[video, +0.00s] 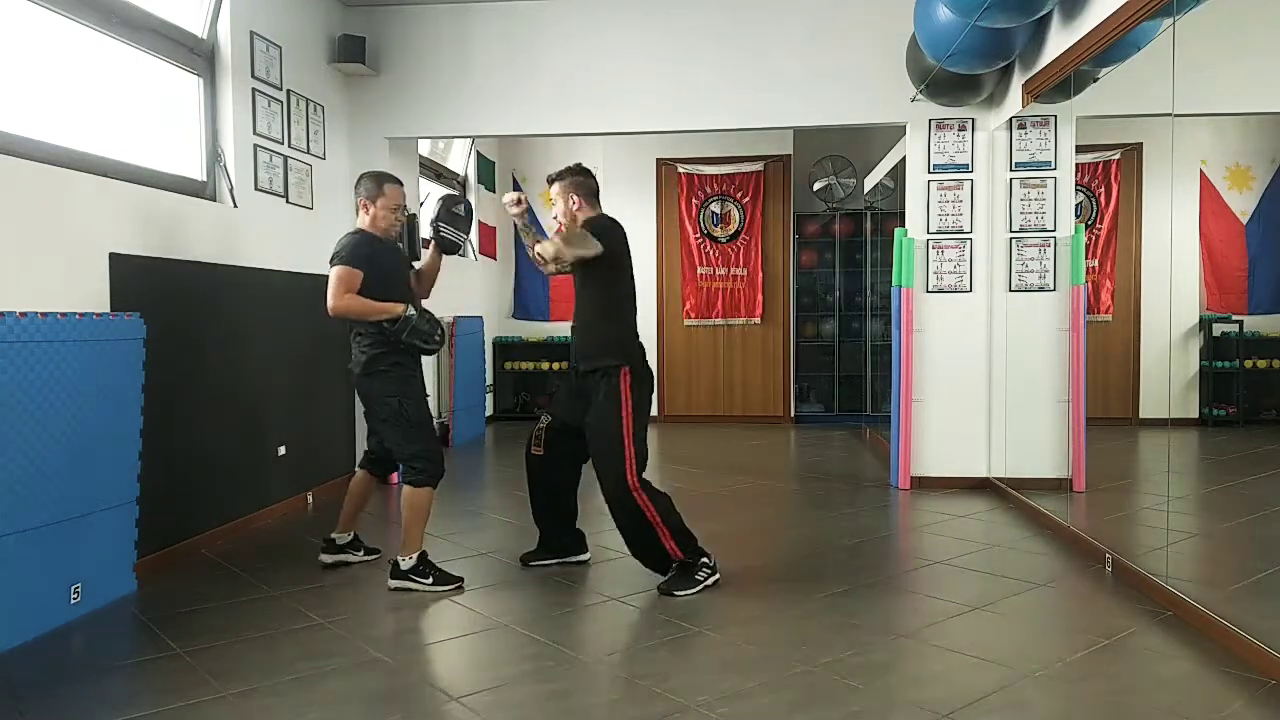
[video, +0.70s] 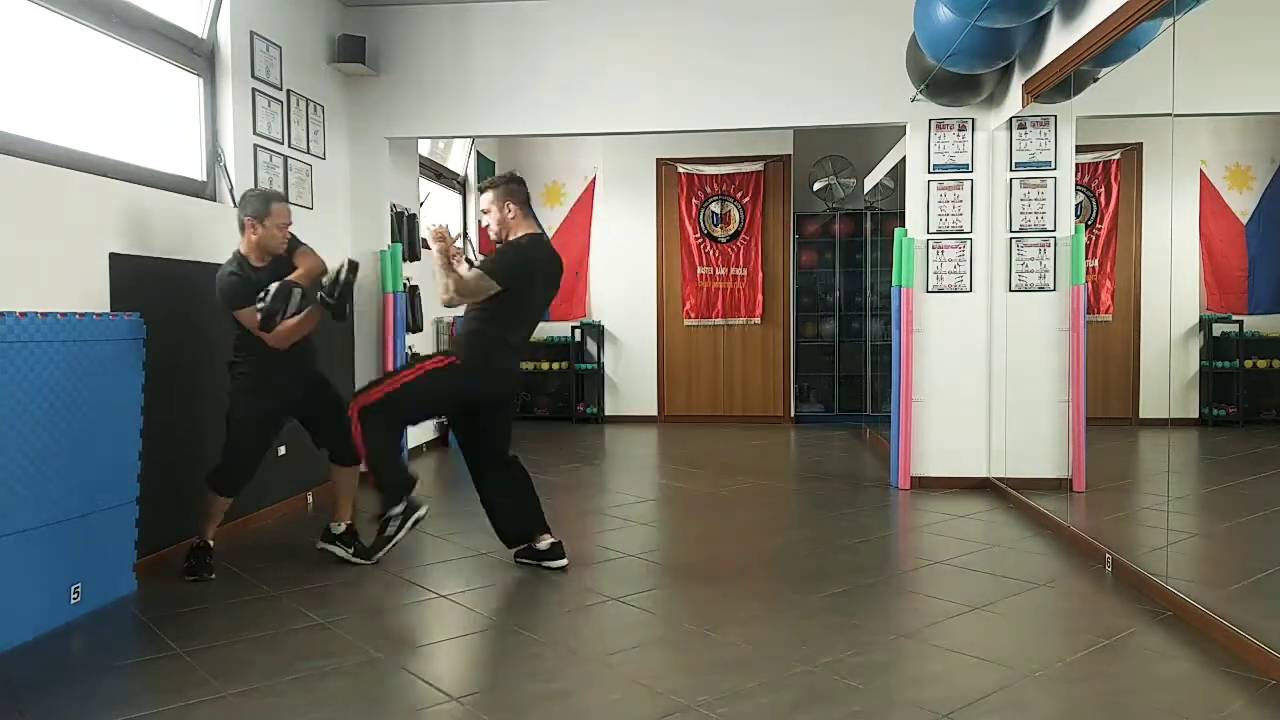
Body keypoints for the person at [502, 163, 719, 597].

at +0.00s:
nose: (553, 212)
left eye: (556, 203)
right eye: (553, 204)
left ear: (575, 200)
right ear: (581, 201)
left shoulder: (605, 229)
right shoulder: (584, 240)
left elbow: (558, 252)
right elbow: (546, 258)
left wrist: (553, 239)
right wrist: (523, 219)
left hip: (619, 373)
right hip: (587, 375)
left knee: (623, 482)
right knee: (545, 454)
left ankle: (693, 562)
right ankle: (562, 544)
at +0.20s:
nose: (533, 215)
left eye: (536, 208)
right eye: (533, 209)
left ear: (554, 205)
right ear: (574, 206)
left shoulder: (550, 235)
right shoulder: (604, 247)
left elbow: (483, 232)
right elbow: (543, 250)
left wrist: (464, 236)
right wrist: (506, 240)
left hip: (587, 374)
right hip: (574, 377)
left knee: (616, 473)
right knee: (538, 457)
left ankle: (696, 556)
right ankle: (558, 546)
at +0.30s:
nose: (526, 204)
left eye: (529, 197)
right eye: (525, 197)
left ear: (546, 197)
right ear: (566, 197)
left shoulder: (542, 224)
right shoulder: (596, 238)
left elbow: (467, 214)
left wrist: (504, 202)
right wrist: (519, 210)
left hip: (558, 362)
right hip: (575, 361)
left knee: (544, 465)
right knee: (529, 451)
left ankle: (635, 514)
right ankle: (557, 546)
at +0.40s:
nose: (519, 200)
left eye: (522, 191)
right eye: (521, 193)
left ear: (545, 187)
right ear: (552, 189)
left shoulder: (565, 216)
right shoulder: (549, 228)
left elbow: (501, 194)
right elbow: (498, 221)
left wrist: (476, 164)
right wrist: (476, 174)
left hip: (539, 349)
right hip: (552, 352)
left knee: (451, 416)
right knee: (530, 448)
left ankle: (516, 480)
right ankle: (558, 543)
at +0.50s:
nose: (520, 214)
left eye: (522, 204)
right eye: (517, 207)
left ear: (543, 194)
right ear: (544, 199)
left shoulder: (565, 227)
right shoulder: (546, 239)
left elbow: (496, 227)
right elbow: (486, 256)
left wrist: (465, 178)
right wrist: (467, 196)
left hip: (506, 346)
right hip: (514, 352)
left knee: (404, 347)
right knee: (504, 447)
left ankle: (446, 427)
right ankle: (551, 540)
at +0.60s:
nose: (507, 220)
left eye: (510, 210)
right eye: (505, 213)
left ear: (534, 204)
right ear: (536, 207)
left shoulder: (550, 249)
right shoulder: (536, 248)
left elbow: (493, 297)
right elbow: (495, 295)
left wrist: (466, 257)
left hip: (484, 356)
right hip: (499, 363)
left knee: (377, 354)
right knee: (496, 456)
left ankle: (433, 432)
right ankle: (544, 542)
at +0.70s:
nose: (486, 225)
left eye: (487, 215)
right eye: (484, 217)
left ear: (509, 208)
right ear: (518, 211)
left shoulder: (520, 252)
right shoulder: (544, 255)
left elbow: (455, 291)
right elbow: (493, 297)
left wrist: (441, 251)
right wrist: (463, 264)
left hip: (469, 368)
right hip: (497, 373)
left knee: (368, 408)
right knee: (491, 459)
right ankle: (540, 541)